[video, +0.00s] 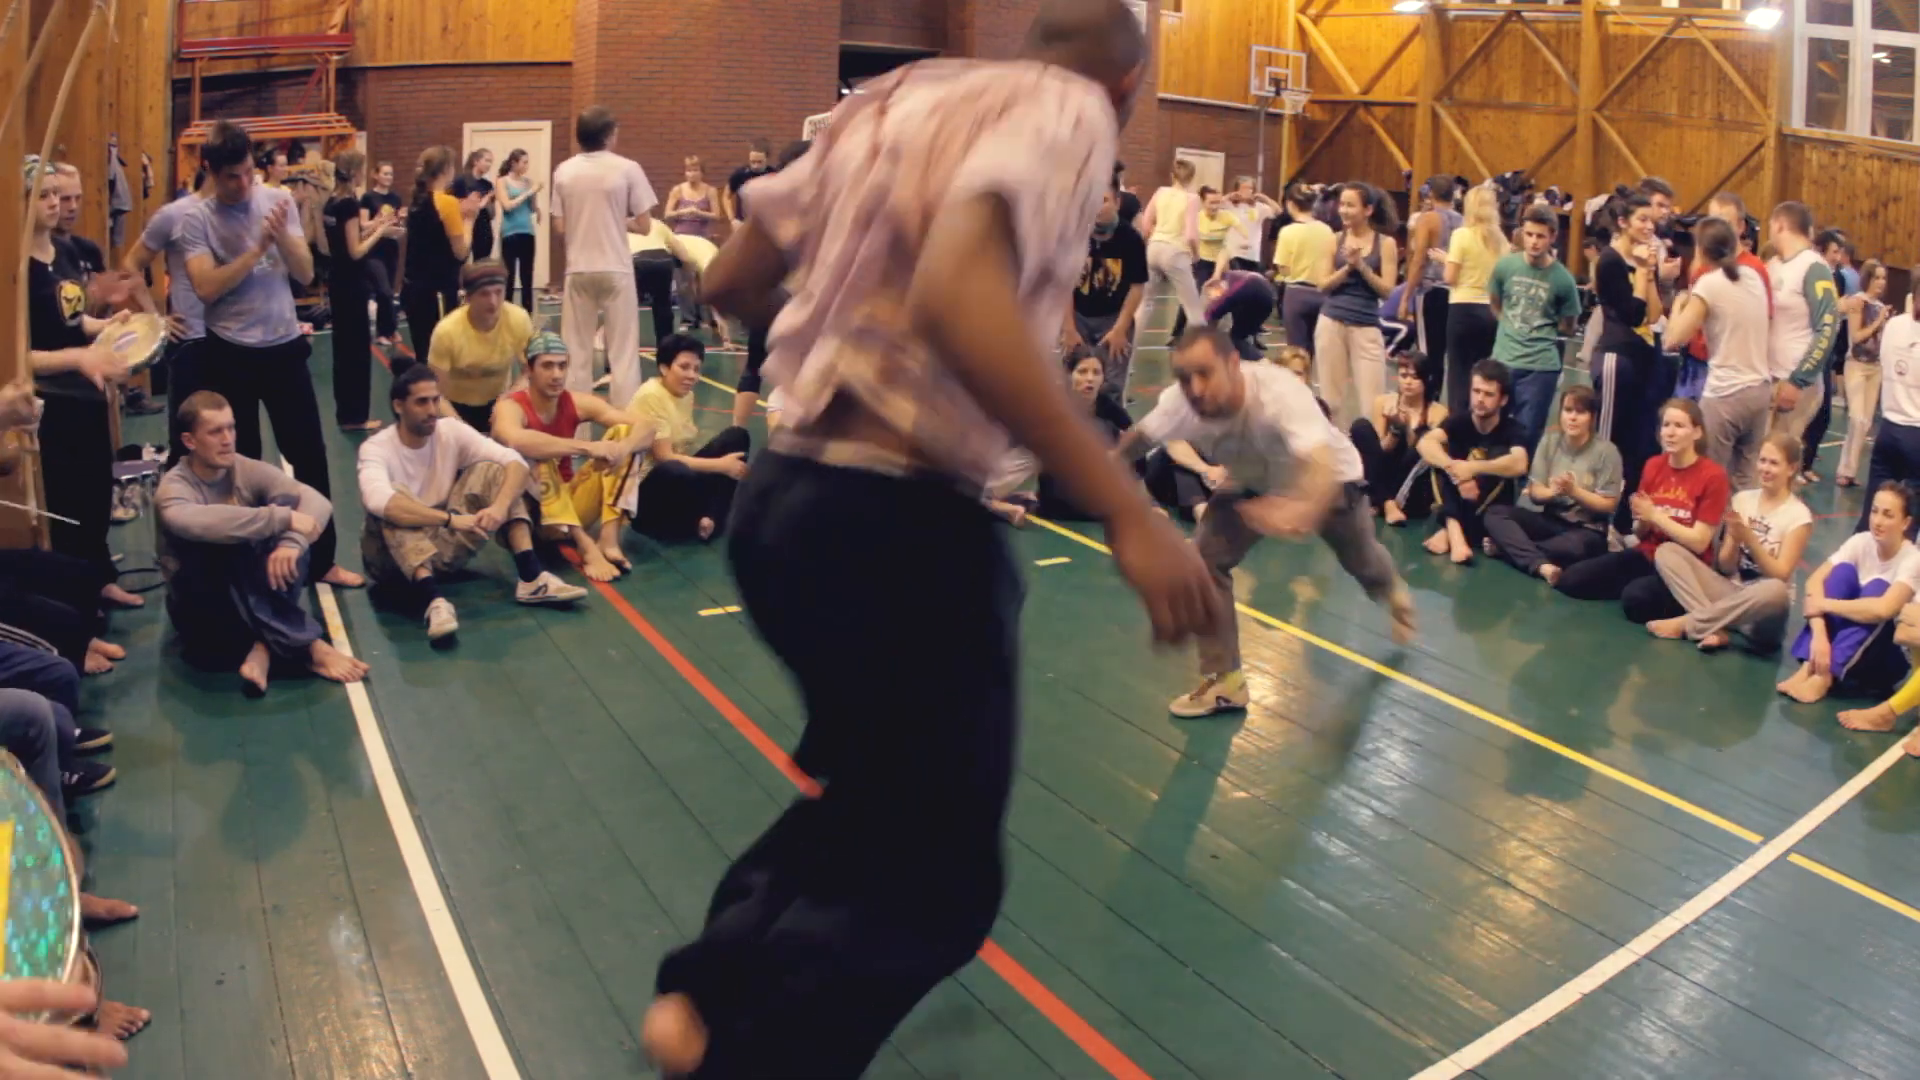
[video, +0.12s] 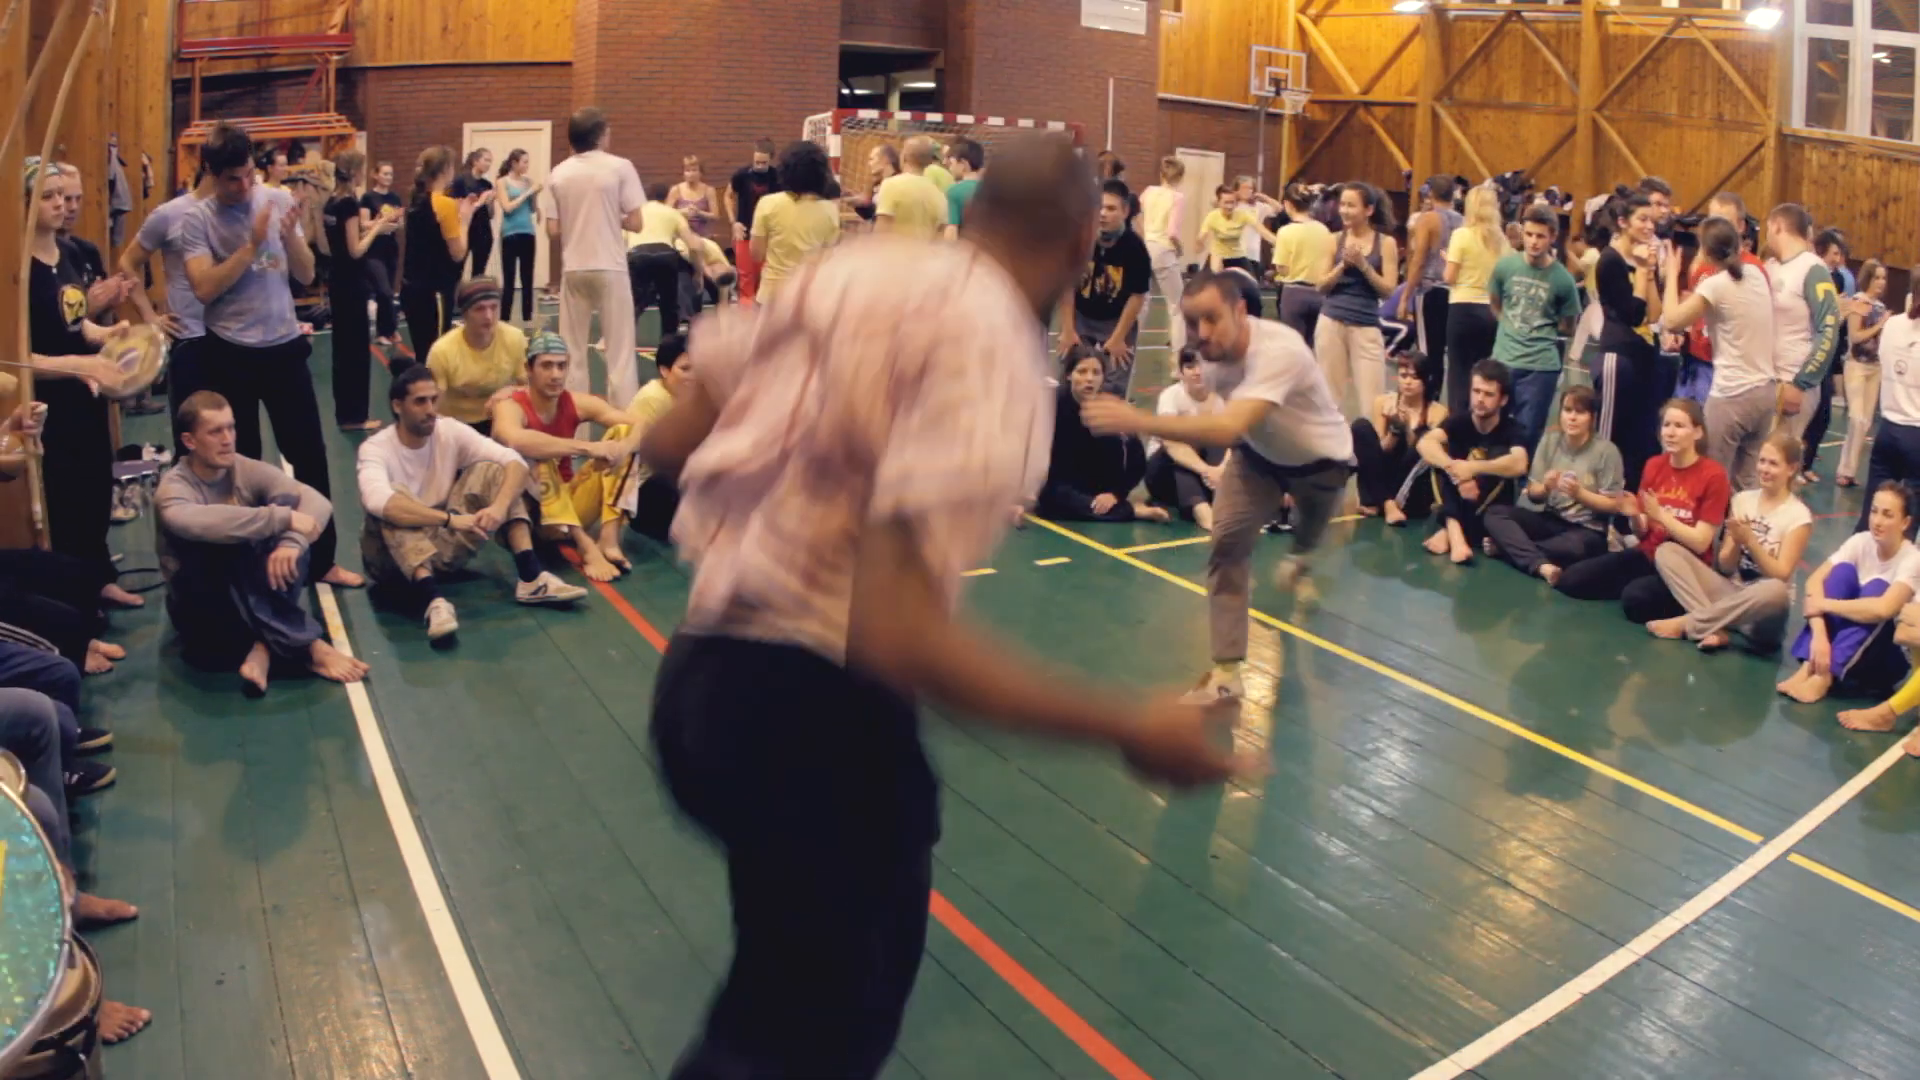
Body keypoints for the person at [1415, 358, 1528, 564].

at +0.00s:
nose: (1480, 400)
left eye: (1488, 394)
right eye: (1476, 392)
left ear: (1503, 400)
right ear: (1469, 392)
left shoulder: (1512, 428)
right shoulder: (1459, 421)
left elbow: (1519, 465)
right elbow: (1426, 444)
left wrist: (1471, 467)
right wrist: (1458, 474)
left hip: (1493, 508)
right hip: (1455, 504)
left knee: (1500, 460)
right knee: (1438, 459)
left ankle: (1450, 528)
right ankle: (1454, 529)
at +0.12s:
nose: (1480, 400)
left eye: (1488, 394)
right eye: (1476, 392)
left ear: (1503, 400)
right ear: (1469, 392)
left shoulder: (1511, 428)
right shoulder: (1460, 421)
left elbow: (1519, 465)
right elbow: (1426, 443)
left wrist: (1472, 467)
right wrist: (1459, 474)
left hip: (1492, 508)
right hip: (1455, 502)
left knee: (1501, 465)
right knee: (1438, 462)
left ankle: (1449, 529)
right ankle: (1454, 529)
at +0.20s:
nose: (1480, 400)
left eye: (1488, 394)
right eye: (1476, 392)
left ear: (1503, 400)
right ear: (1469, 392)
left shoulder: (1511, 429)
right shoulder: (1459, 421)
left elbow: (1519, 465)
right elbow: (1425, 444)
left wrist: (1472, 467)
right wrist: (1459, 475)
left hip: (1492, 511)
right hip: (1455, 506)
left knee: (1501, 459)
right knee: (1439, 460)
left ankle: (1450, 529)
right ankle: (1454, 529)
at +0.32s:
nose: (1480, 400)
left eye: (1488, 394)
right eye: (1476, 392)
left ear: (1503, 400)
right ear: (1469, 392)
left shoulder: (1511, 428)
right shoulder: (1459, 421)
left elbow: (1519, 465)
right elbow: (1425, 443)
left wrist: (1472, 467)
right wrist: (1459, 475)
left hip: (1492, 509)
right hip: (1455, 504)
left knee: (1502, 461)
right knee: (1438, 461)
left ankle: (1449, 529)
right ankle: (1454, 530)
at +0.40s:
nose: (1480, 400)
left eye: (1488, 394)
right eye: (1476, 392)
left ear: (1503, 400)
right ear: (1469, 392)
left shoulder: (1511, 428)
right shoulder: (1459, 420)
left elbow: (1519, 465)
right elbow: (1425, 444)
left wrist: (1471, 467)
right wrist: (1459, 474)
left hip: (1493, 510)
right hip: (1455, 505)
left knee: (1501, 464)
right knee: (1439, 460)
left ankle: (1450, 529)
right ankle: (1454, 530)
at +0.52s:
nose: (1480, 400)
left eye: (1488, 394)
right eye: (1476, 392)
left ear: (1503, 400)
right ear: (1469, 392)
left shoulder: (1511, 428)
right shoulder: (1459, 421)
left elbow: (1519, 465)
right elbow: (1425, 444)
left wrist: (1472, 467)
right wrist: (1458, 475)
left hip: (1492, 511)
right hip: (1455, 505)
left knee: (1501, 460)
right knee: (1439, 459)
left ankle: (1449, 529)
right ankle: (1454, 529)